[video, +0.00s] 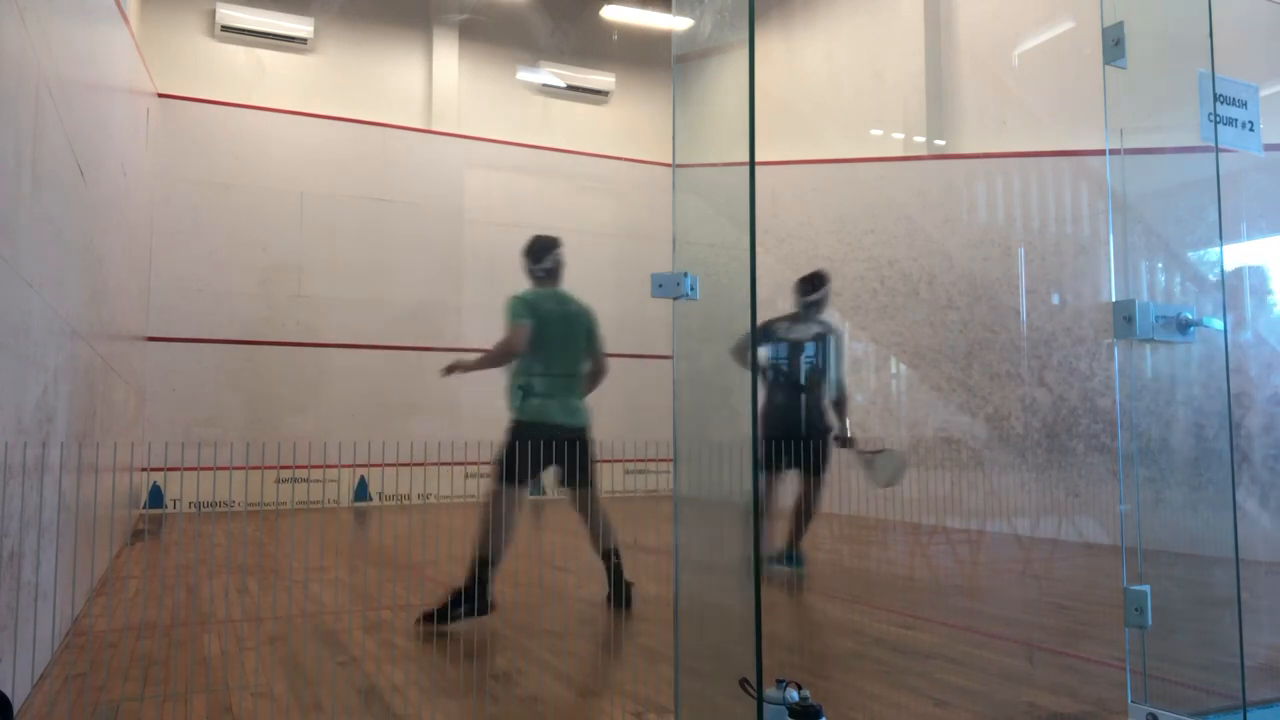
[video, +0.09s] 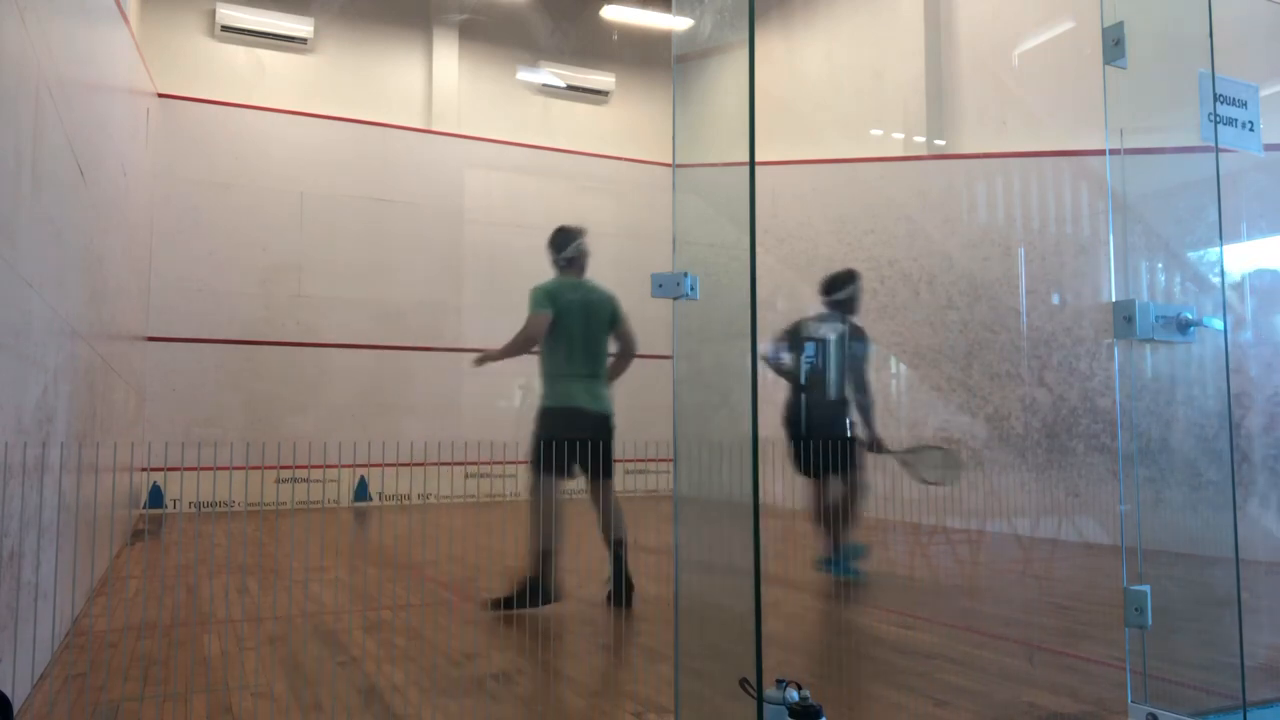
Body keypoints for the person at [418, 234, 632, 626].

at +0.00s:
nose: (544, 270)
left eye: (536, 264)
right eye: (554, 262)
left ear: (528, 268)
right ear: (560, 267)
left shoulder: (524, 302)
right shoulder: (582, 311)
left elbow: (516, 345)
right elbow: (600, 368)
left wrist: (468, 365)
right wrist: (569, 394)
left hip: (532, 427)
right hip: (573, 429)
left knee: (500, 504)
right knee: (589, 502)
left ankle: (475, 590)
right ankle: (619, 584)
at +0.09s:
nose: (573, 261)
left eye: (557, 257)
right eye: (580, 253)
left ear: (554, 258)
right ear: (584, 258)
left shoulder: (547, 292)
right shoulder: (605, 298)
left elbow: (534, 334)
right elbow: (629, 348)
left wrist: (495, 355)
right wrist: (602, 380)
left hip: (558, 414)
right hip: (598, 417)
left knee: (544, 493)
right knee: (604, 492)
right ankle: (622, 579)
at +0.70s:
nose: (667, 298)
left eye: (666, 291)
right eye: (664, 291)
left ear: (634, 290)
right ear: (651, 290)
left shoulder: (609, 322)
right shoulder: (661, 325)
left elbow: (591, 366)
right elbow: (673, 373)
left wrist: (621, 367)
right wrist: (694, 413)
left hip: (622, 423)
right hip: (659, 422)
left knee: (622, 488)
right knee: (665, 486)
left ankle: (638, 532)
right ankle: (670, 550)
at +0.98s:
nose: (660, 298)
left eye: (660, 290)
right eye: (656, 291)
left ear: (629, 292)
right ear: (644, 291)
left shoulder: (603, 322)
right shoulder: (651, 325)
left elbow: (580, 358)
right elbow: (660, 372)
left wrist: (605, 370)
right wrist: (674, 396)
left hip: (607, 421)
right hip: (643, 422)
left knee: (598, 482)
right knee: (658, 483)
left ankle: (584, 551)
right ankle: (659, 548)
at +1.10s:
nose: (658, 305)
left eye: (657, 299)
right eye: (654, 298)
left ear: (628, 299)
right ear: (640, 299)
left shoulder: (600, 329)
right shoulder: (648, 333)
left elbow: (577, 367)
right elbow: (653, 379)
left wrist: (603, 379)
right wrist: (665, 403)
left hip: (602, 426)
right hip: (637, 429)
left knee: (593, 486)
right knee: (652, 486)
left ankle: (584, 551)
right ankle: (647, 547)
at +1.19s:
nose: (658, 306)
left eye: (657, 300)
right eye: (654, 299)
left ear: (629, 301)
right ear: (640, 300)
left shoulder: (601, 331)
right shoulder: (648, 334)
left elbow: (577, 367)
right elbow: (652, 378)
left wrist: (602, 381)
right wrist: (663, 407)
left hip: (604, 427)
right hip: (639, 430)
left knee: (592, 485)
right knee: (654, 487)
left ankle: (584, 550)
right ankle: (645, 547)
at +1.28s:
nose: (662, 300)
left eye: (662, 293)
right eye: (661, 293)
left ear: (631, 293)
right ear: (651, 293)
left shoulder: (609, 322)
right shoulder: (656, 325)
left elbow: (581, 356)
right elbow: (658, 370)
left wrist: (606, 379)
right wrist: (668, 402)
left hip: (613, 421)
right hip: (650, 421)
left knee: (598, 481)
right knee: (666, 477)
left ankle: (585, 548)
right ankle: (660, 541)